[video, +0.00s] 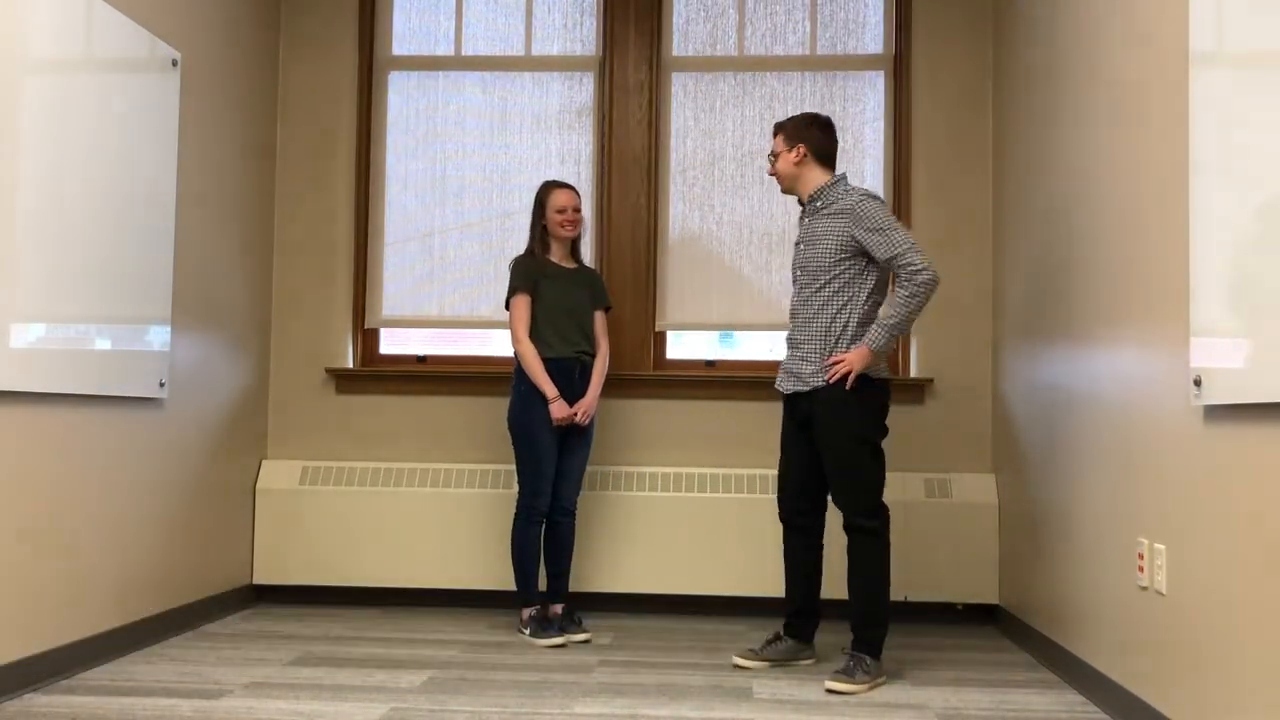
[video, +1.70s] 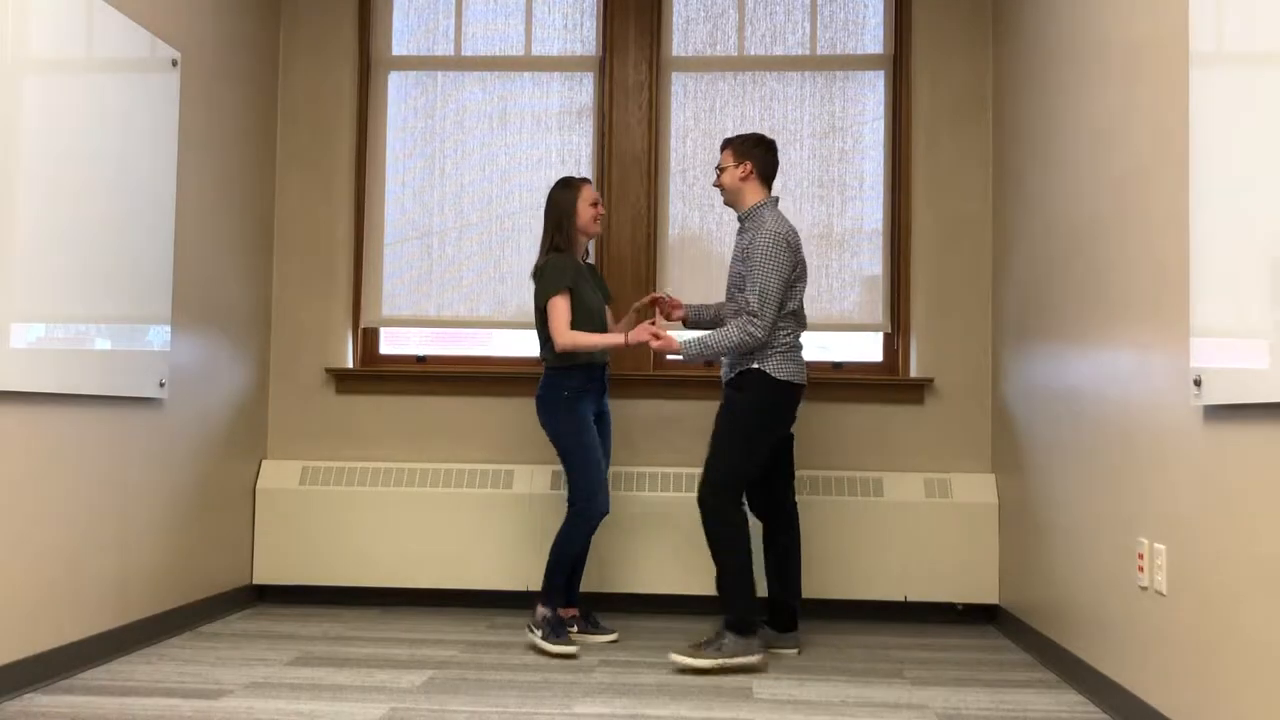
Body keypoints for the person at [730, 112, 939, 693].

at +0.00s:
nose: (770, 166)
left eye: (775, 155)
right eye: (771, 157)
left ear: (799, 153)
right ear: (803, 153)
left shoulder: (853, 205)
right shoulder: (812, 213)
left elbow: (919, 275)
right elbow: (844, 291)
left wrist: (869, 347)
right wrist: (801, 355)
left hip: (848, 392)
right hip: (804, 392)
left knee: (862, 519)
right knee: (800, 515)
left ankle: (866, 653)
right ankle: (796, 637)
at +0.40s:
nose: (771, 167)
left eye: (776, 158)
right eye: (773, 158)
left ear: (799, 160)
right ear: (808, 160)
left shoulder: (833, 211)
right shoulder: (816, 214)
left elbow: (854, 292)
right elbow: (853, 299)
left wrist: (786, 351)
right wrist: (801, 360)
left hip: (846, 385)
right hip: (817, 384)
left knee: (862, 517)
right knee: (792, 505)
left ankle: (867, 653)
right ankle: (788, 626)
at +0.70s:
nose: (757, 176)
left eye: (762, 166)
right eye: (758, 167)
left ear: (784, 168)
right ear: (791, 169)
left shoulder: (809, 227)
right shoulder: (797, 226)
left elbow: (777, 316)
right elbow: (783, 319)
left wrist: (706, 351)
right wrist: (722, 355)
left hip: (814, 388)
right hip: (789, 388)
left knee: (828, 516)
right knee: (770, 506)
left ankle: (859, 653)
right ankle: (779, 626)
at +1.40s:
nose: (730, 179)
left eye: (736, 169)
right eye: (731, 170)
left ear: (762, 172)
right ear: (766, 173)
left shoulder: (776, 225)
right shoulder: (773, 224)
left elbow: (741, 311)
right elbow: (741, 311)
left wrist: (672, 329)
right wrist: (677, 328)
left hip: (770, 383)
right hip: (766, 381)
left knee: (760, 506)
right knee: (763, 504)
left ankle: (778, 631)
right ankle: (773, 626)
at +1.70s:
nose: (715, 177)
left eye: (721, 168)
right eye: (718, 169)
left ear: (745, 169)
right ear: (748, 171)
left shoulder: (767, 232)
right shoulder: (756, 229)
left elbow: (755, 329)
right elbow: (740, 312)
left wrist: (682, 347)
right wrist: (685, 313)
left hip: (762, 381)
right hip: (768, 379)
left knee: (717, 496)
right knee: (773, 501)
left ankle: (741, 631)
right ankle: (782, 622)